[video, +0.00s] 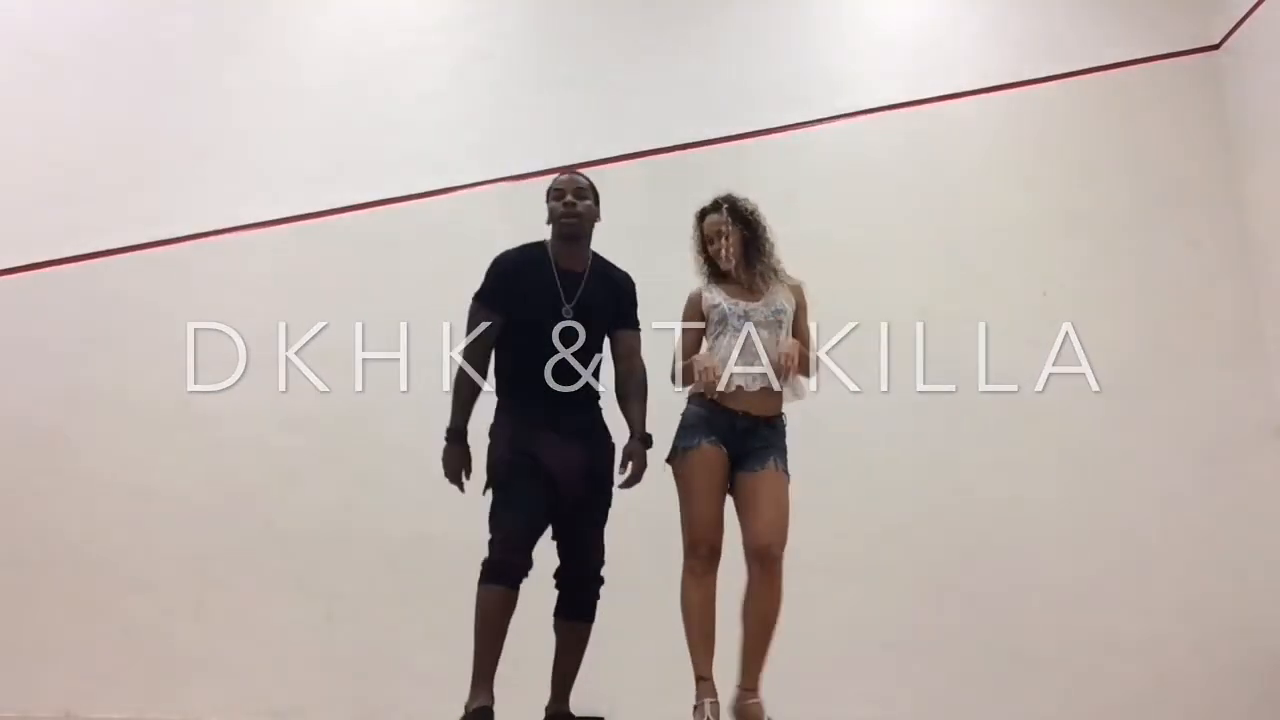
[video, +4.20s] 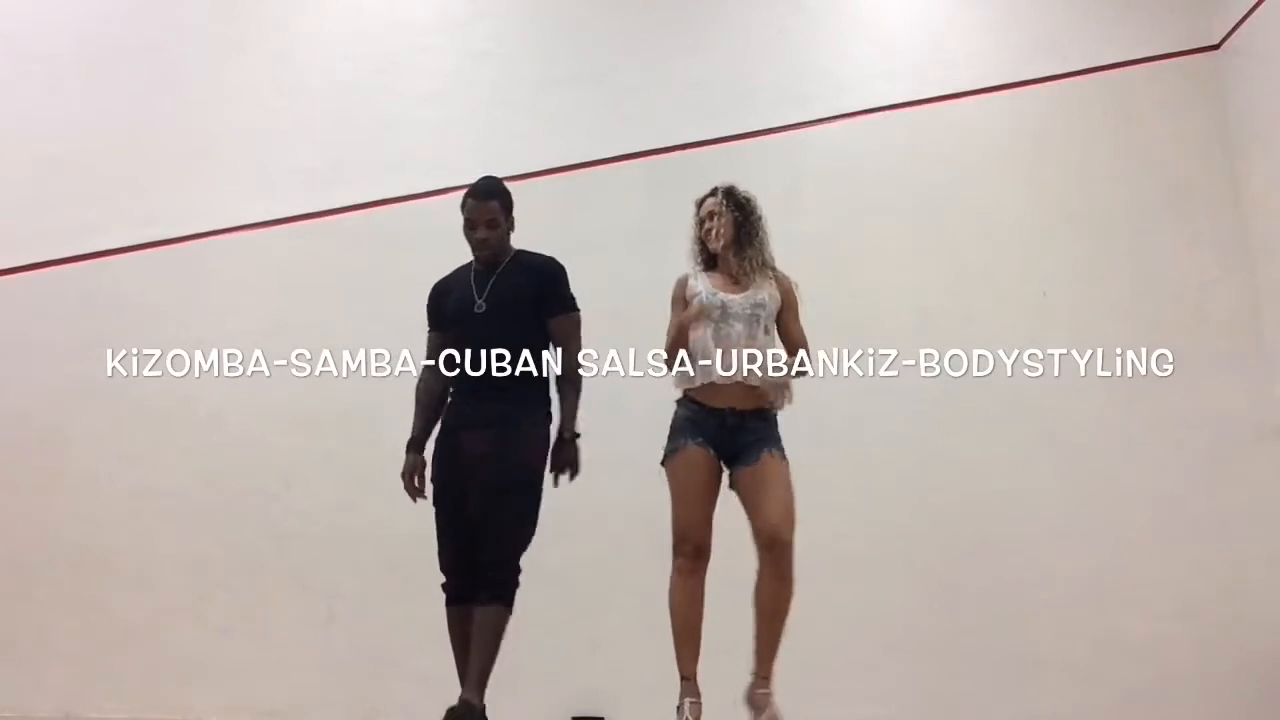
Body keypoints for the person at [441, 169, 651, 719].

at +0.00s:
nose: (569, 204)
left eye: (580, 197)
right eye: (559, 197)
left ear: (598, 213)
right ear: (546, 211)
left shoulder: (615, 284)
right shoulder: (511, 269)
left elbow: (628, 365)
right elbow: (476, 356)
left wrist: (638, 431)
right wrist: (457, 433)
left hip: (585, 441)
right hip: (520, 437)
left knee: (582, 575)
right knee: (506, 560)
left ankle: (559, 704)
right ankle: (480, 698)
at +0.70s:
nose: (479, 219)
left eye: (491, 215)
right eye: (471, 212)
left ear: (505, 233)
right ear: (457, 227)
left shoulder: (531, 288)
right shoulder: (437, 297)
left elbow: (574, 362)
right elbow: (426, 377)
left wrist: (581, 442)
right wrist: (422, 449)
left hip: (531, 449)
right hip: (469, 448)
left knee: (544, 577)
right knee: (445, 577)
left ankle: (556, 703)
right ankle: (438, 704)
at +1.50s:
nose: (501, 210)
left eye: (512, 207)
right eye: (491, 206)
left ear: (526, 230)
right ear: (476, 228)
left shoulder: (543, 300)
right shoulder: (448, 272)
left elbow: (559, 377)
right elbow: (403, 346)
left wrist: (515, 390)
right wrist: (378, 419)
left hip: (504, 456)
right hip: (438, 452)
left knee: (497, 577)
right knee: (425, 569)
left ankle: (465, 703)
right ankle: (432, 689)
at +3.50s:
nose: (520, 204)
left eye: (531, 197)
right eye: (511, 196)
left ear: (546, 208)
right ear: (496, 206)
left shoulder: (572, 276)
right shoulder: (464, 268)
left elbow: (589, 344)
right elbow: (441, 348)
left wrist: (592, 353)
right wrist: (422, 405)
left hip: (549, 438)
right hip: (481, 434)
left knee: (534, 573)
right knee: (467, 553)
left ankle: (514, 703)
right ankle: (474, 671)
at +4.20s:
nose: (480, 231)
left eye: (490, 221)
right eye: (471, 222)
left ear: (510, 220)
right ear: (462, 224)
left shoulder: (543, 274)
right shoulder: (447, 290)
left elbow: (571, 357)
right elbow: (435, 372)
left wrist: (567, 432)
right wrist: (416, 445)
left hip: (518, 446)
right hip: (457, 446)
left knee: (497, 565)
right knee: (458, 569)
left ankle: (472, 697)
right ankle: (472, 697)